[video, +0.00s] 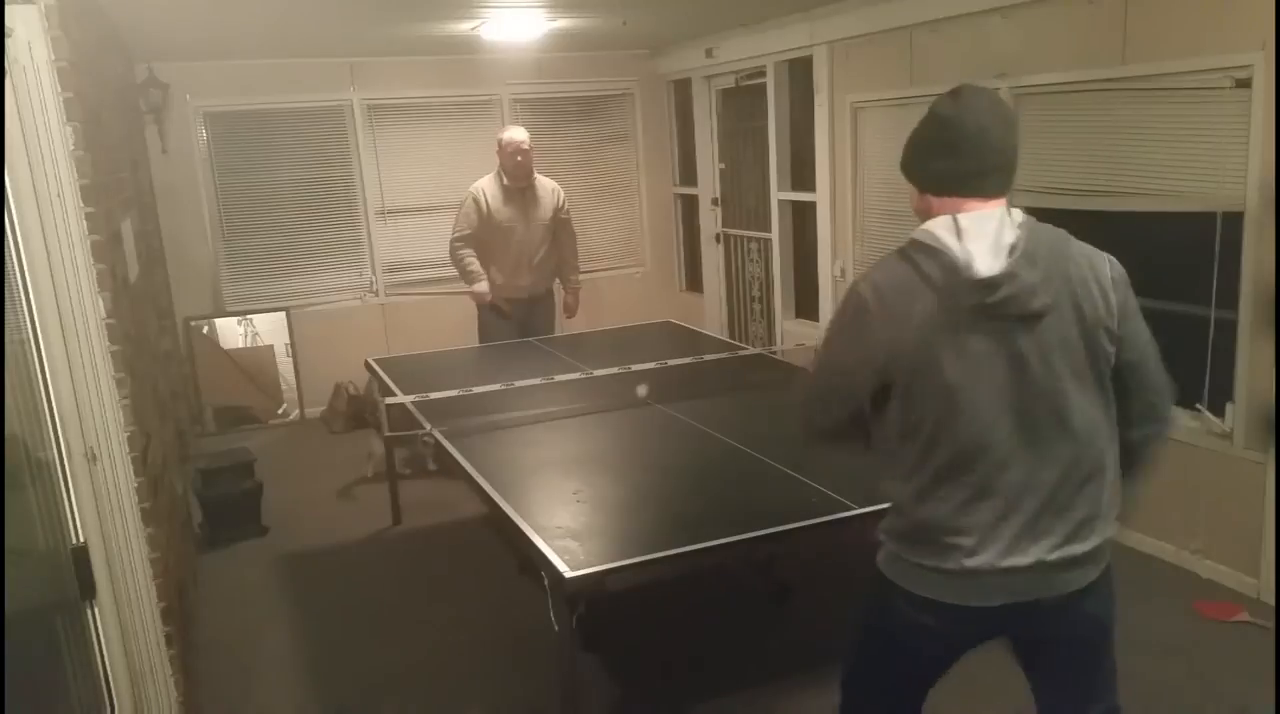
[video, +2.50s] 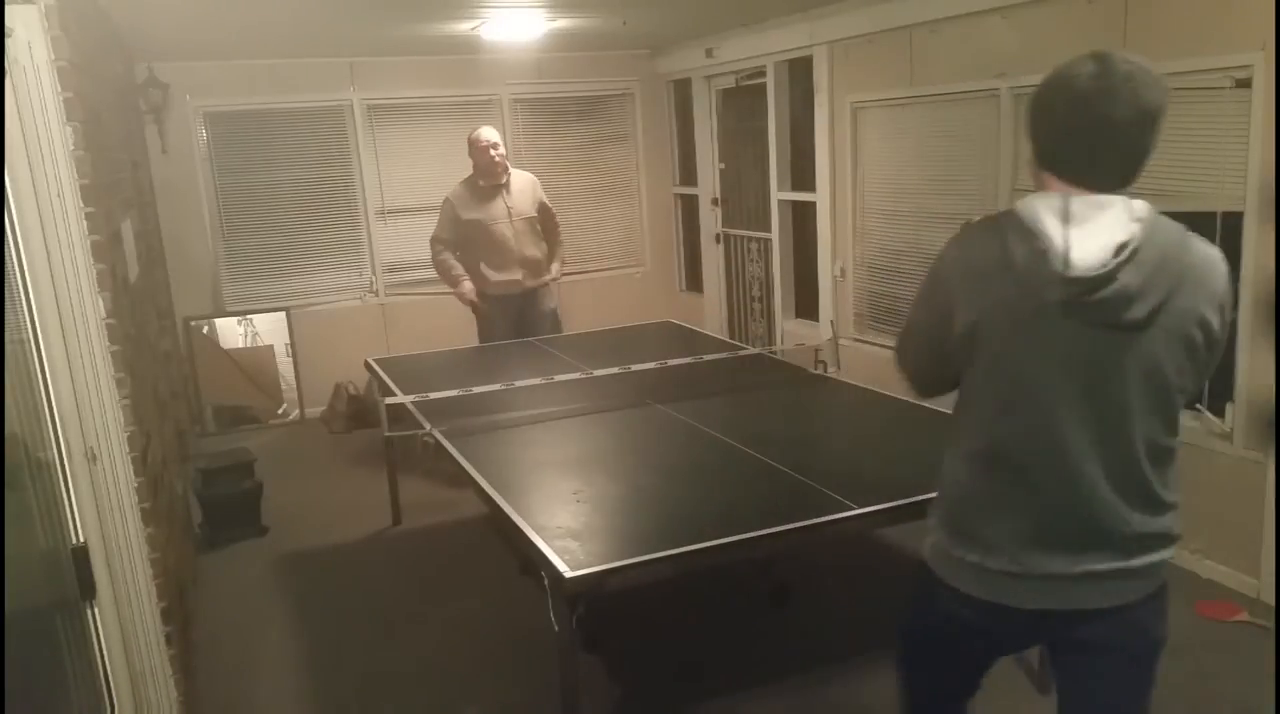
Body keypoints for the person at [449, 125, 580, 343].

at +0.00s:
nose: (519, 159)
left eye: (524, 152)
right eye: (512, 153)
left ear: (532, 152)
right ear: (499, 154)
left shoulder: (552, 192)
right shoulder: (480, 194)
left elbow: (567, 244)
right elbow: (460, 243)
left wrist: (572, 289)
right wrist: (477, 281)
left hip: (540, 301)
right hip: (497, 303)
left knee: (542, 372)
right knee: (499, 372)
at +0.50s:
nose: (512, 157)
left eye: (517, 150)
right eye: (505, 151)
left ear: (528, 151)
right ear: (495, 155)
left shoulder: (552, 189)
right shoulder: (478, 195)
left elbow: (572, 242)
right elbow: (460, 245)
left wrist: (574, 287)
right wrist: (469, 281)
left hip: (543, 299)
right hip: (498, 302)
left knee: (545, 369)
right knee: (500, 372)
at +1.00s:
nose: (541, 177)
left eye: (545, 169)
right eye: (533, 171)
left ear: (549, 165)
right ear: (516, 165)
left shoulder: (557, 197)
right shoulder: (496, 197)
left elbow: (567, 248)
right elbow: (497, 250)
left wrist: (573, 291)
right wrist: (550, 266)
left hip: (545, 296)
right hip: (503, 299)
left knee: (554, 363)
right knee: (506, 367)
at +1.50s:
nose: (525, 157)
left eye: (530, 150)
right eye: (517, 151)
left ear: (538, 153)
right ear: (506, 156)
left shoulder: (555, 192)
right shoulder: (488, 190)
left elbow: (567, 246)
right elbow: (463, 234)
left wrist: (569, 288)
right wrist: (479, 265)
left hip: (546, 295)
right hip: (504, 296)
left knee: (552, 361)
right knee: (509, 364)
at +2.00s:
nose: (495, 153)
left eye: (499, 146)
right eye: (487, 148)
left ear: (512, 147)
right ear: (480, 156)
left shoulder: (540, 184)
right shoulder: (467, 195)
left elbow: (567, 229)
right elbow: (450, 239)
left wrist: (558, 271)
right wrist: (461, 272)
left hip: (534, 295)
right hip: (489, 298)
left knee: (537, 363)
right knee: (495, 366)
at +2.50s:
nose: (492, 154)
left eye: (496, 146)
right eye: (484, 148)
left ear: (505, 150)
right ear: (471, 156)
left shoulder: (528, 182)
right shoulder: (457, 199)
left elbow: (552, 227)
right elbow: (440, 248)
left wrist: (555, 267)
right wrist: (462, 283)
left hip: (539, 294)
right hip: (493, 300)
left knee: (549, 363)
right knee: (499, 369)